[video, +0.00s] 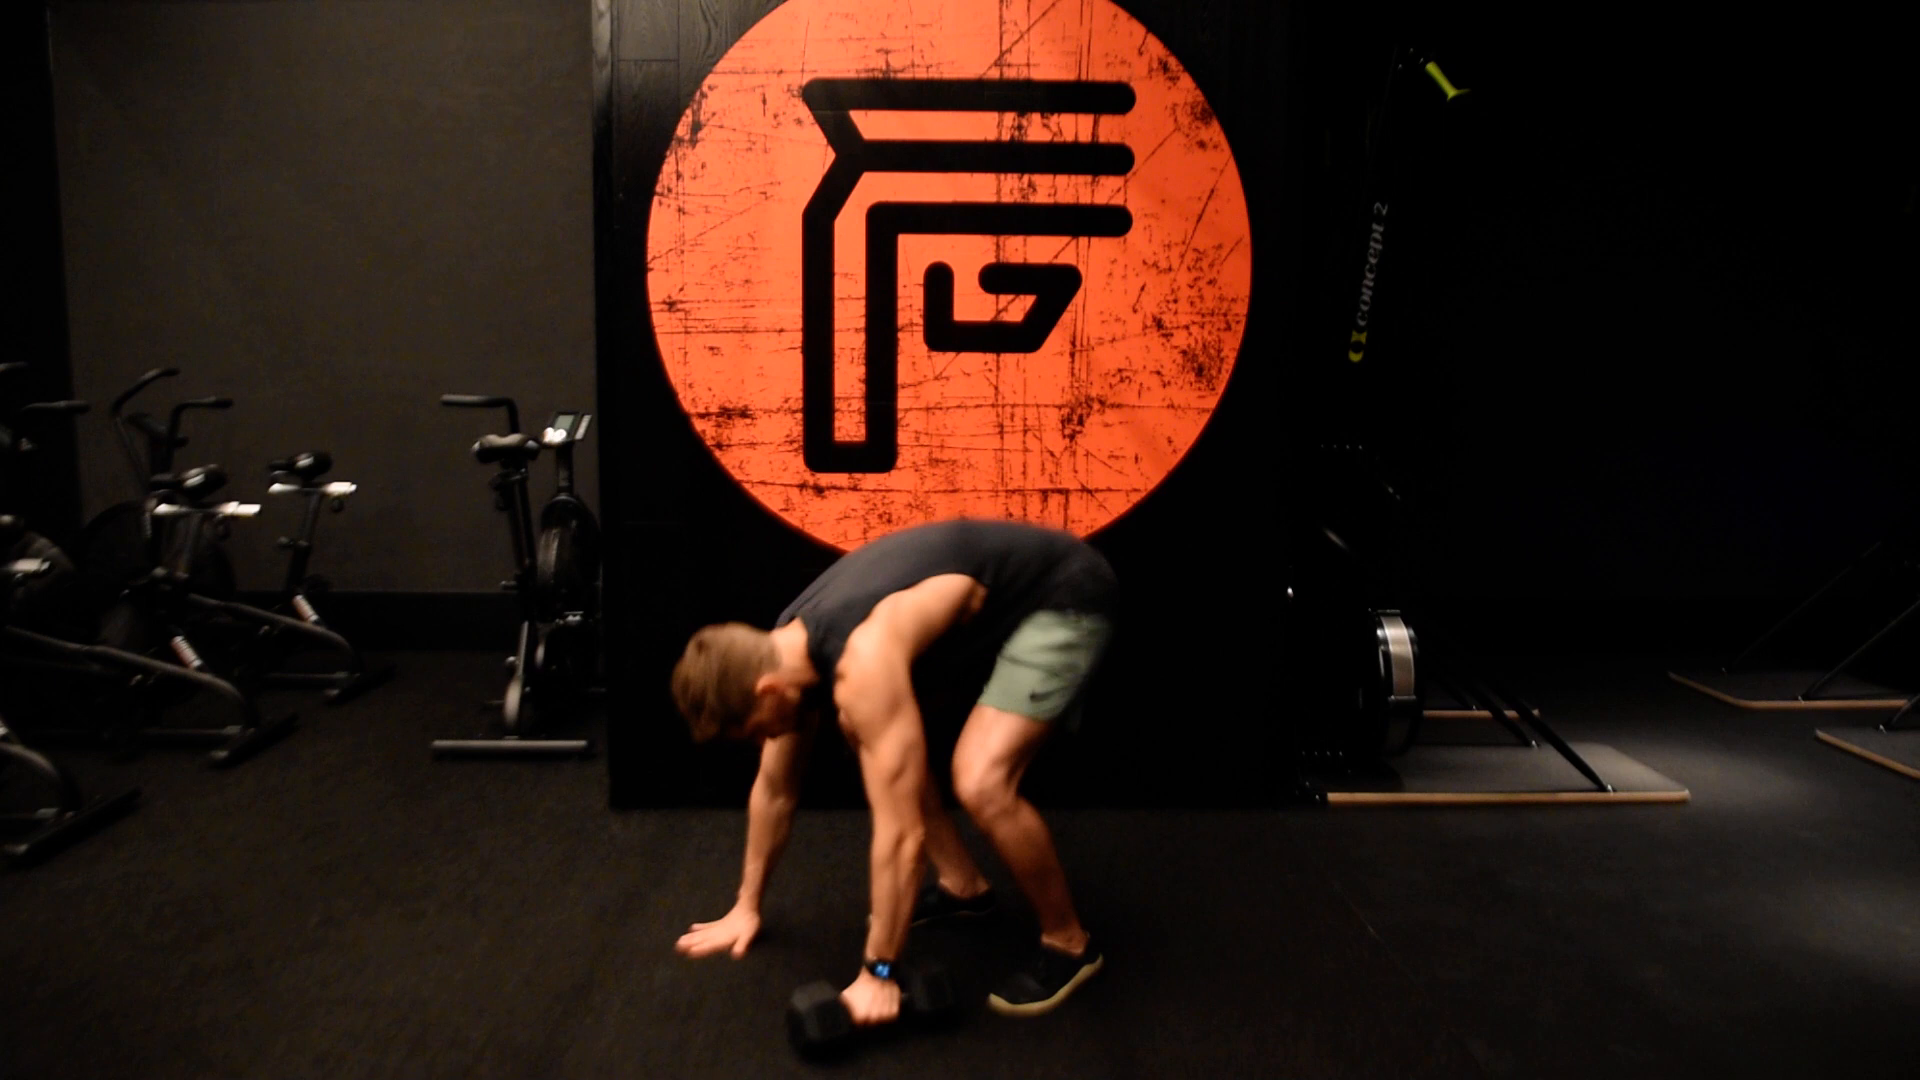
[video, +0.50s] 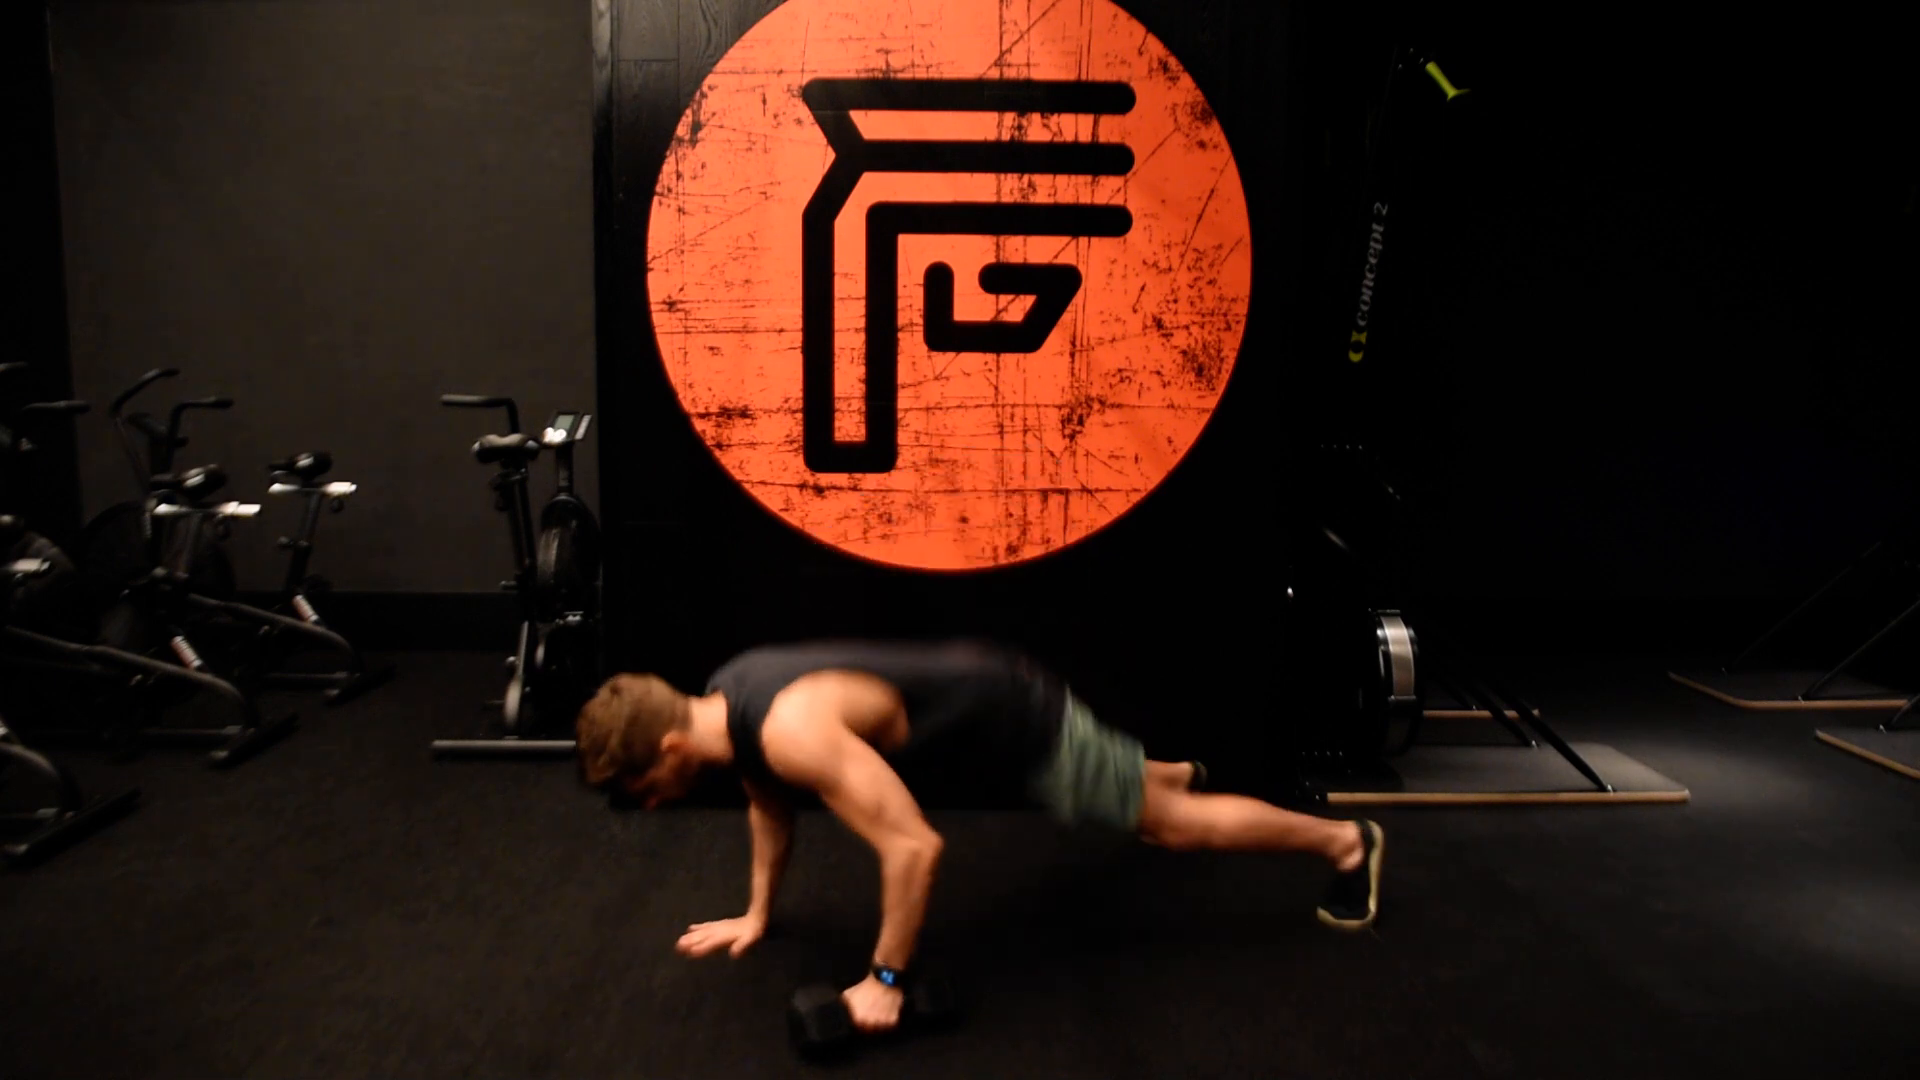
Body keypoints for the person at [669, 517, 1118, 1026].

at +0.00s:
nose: (761, 737)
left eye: (754, 729)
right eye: (751, 733)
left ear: (771, 691)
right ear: (768, 685)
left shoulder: (865, 661)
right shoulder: (787, 644)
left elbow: (901, 833)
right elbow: (773, 789)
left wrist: (879, 970)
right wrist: (746, 907)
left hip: (1063, 592)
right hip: (982, 597)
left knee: (981, 779)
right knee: (877, 737)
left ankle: (1068, 941)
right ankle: (963, 885)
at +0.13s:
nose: (770, 750)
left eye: (764, 744)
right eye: (760, 750)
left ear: (776, 709)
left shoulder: (851, 665)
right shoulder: (780, 647)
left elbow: (887, 835)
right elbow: (773, 781)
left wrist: (876, 971)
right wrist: (741, 904)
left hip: (1045, 517)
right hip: (965, 523)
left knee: (1020, 739)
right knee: (920, 702)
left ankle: (1084, 930)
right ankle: (971, 863)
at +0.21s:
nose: (758, 745)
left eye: (750, 737)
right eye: (745, 746)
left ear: (757, 706)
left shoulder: (834, 669)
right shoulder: (763, 647)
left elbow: (877, 835)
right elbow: (760, 779)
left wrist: (875, 974)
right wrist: (737, 907)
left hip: (1031, 509)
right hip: (957, 523)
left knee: (1039, 737)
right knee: (931, 697)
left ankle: (1170, 860)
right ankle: (1039, 801)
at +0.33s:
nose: (706, 764)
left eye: (695, 756)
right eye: (694, 762)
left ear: (710, 721)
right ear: (703, 706)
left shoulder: (807, 685)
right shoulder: (736, 658)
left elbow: (875, 836)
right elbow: (753, 791)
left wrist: (879, 976)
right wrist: (745, 913)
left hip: (1014, 571)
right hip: (942, 590)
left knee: (1115, 765)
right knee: (1000, 718)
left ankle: (1283, 818)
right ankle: (1128, 767)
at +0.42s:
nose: (665, 781)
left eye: (655, 771)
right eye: (649, 776)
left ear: (677, 733)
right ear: (670, 713)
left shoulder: (795, 700)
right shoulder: (728, 683)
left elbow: (887, 841)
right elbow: (757, 805)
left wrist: (883, 981)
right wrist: (754, 916)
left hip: (1018, 642)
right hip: (953, 649)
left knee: (1157, 775)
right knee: (1095, 742)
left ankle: (1323, 838)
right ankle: (1167, 802)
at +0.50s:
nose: (649, 804)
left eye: (643, 791)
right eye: (635, 796)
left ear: (668, 754)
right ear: (663, 726)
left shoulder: (796, 733)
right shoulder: (725, 702)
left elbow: (915, 847)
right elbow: (769, 803)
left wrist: (885, 981)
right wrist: (757, 913)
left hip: (1020, 724)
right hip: (969, 710)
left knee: (1176, 820)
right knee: (1114, 774)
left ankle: (1346, 844)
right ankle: (1179, 773)